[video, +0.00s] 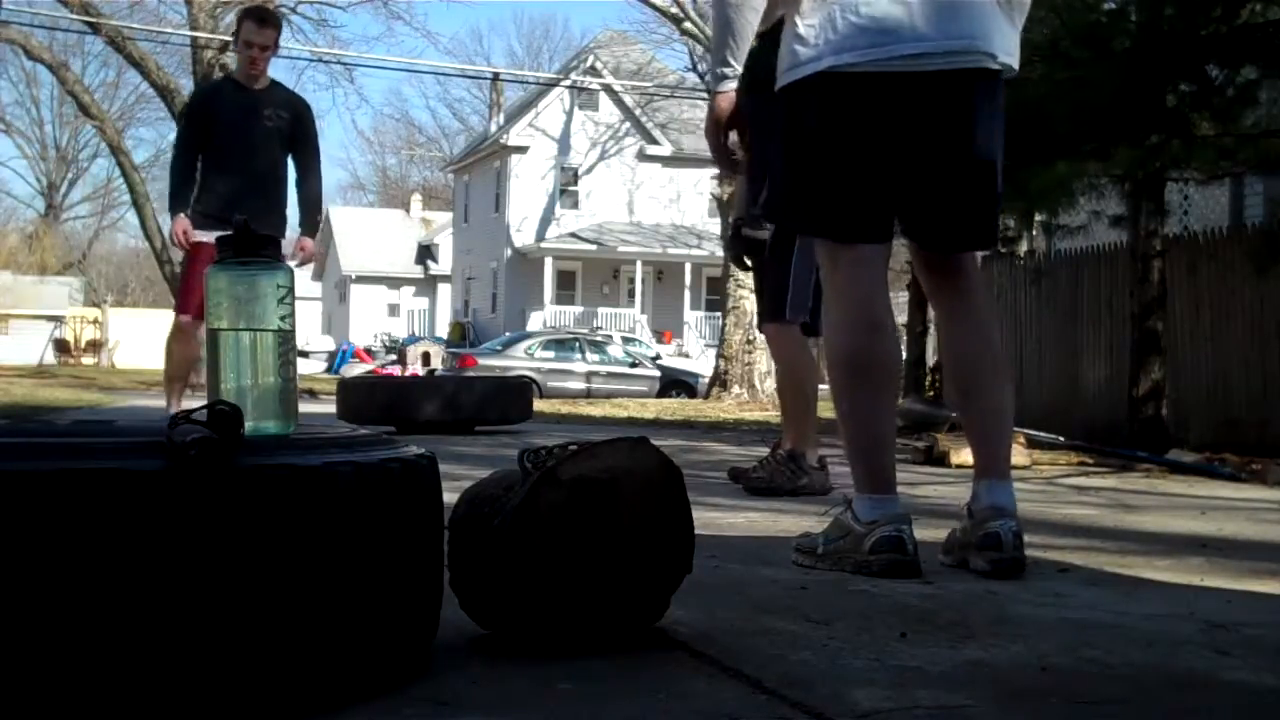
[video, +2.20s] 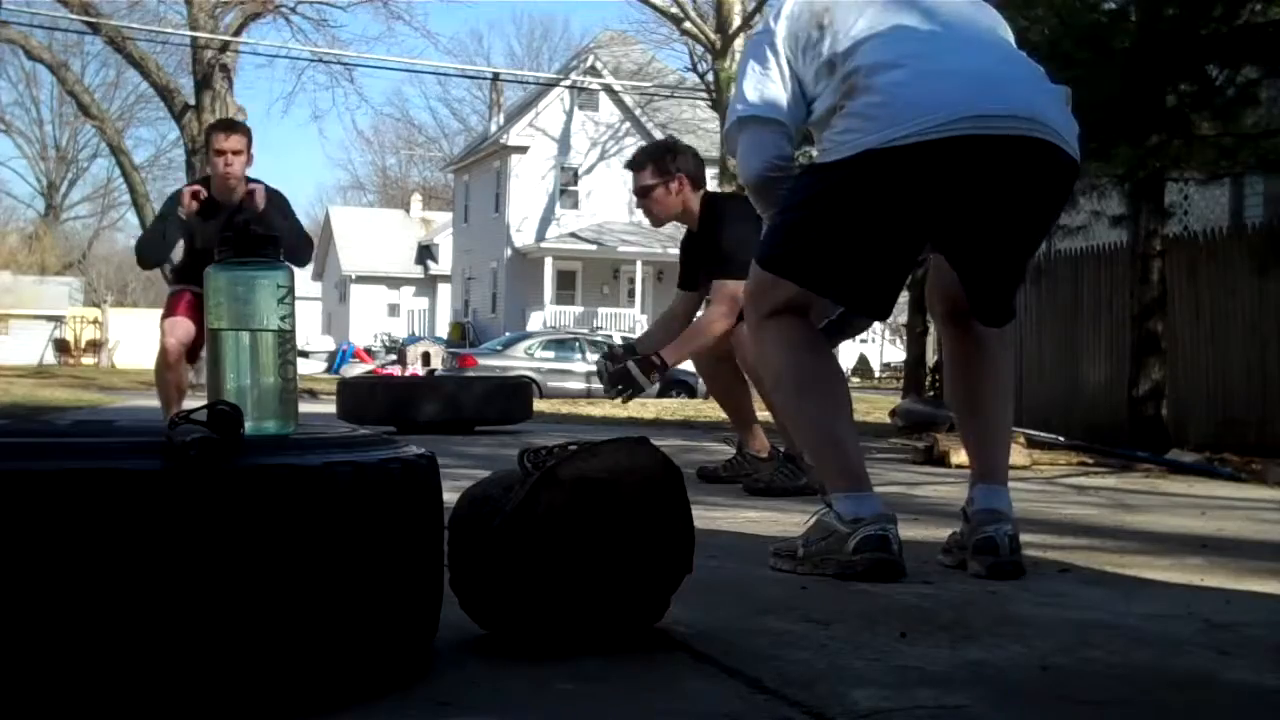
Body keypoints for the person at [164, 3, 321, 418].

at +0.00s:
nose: (256, 55)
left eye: (266, 47)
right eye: (249, 45)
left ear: (276, 50)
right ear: (235, 43)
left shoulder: (294, 107)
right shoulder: (206, 98)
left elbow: (309, 172)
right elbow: (184, 158)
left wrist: (309, 231)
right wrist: (178, 213)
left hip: (265, 233)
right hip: (209, 229)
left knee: (259, 328)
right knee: (188, 321)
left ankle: (255, 419)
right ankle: (175, 410)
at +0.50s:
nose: (195, 42)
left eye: (204, 35)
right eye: (188, 34)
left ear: (215, 40)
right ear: (175, 38)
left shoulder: (240, 99)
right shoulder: (151, 100)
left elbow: (257, 164)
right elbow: (131, 166)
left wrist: (251, 225)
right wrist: (127, 226)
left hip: (229, 231)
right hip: (173, 233)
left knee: (232, 329)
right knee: (170, 328)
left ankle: (232, 421)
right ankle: (170, 421)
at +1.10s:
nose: (201, 98)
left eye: (208, 90)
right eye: (192, 90)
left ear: (220, 93)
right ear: (179, 94)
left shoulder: (244, 144)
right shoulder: (160, 146)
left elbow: (284, 206)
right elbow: (124, 206)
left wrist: (254, 199)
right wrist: (145, 212)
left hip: (232, 260)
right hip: (178, 260)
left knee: (240, 337)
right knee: (160, 332)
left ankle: (238, 422)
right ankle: (170, 422)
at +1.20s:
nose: (208, 135)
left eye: (216, 127)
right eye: (199, 127)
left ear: (227, 129)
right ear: (186, 130)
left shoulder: (251, 176)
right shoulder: (167, 177)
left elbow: (291, 239)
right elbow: (128, 239)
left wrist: (257, 222)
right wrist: (156, 232)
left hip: (240, 277)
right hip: (183, 277)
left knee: (254, 336)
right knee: (162, 333)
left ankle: (246, 422)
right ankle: (170, 424)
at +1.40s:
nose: (219, 189)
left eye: (227, 180)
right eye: (211, 181)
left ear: (239, 181)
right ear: (198, 181)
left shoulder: (260, 220)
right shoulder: (178, 221)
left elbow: (294, 283)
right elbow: (140, 288)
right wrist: (177, 273)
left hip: (248, 295)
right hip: (194, 297)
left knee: (267, 337)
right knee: (163, 338)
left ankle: (258, 422)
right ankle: (172, 425)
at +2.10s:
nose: (227, 199)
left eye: (235, 191)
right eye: (219, 191)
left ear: (247, 193)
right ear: (207, 192)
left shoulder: (270, 231)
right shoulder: (184, 230)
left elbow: (295, 295)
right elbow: (148, 298)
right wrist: (181, 269)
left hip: (250, 303)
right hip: (194, 304)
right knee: (171, 343)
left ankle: (255, 423)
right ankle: (173, 425)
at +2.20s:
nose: (228, 161)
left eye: (236, 153)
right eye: (220, 153)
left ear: (249, 159)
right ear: (208, 158)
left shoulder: (269, 199)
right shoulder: (186, 198)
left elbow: (303, 255)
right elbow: (146, 258)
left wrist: (264, 211)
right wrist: (182, 214)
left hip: (250, 285)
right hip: (195, 286)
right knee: (173, 343)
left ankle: (255, 425)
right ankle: (174, 426)